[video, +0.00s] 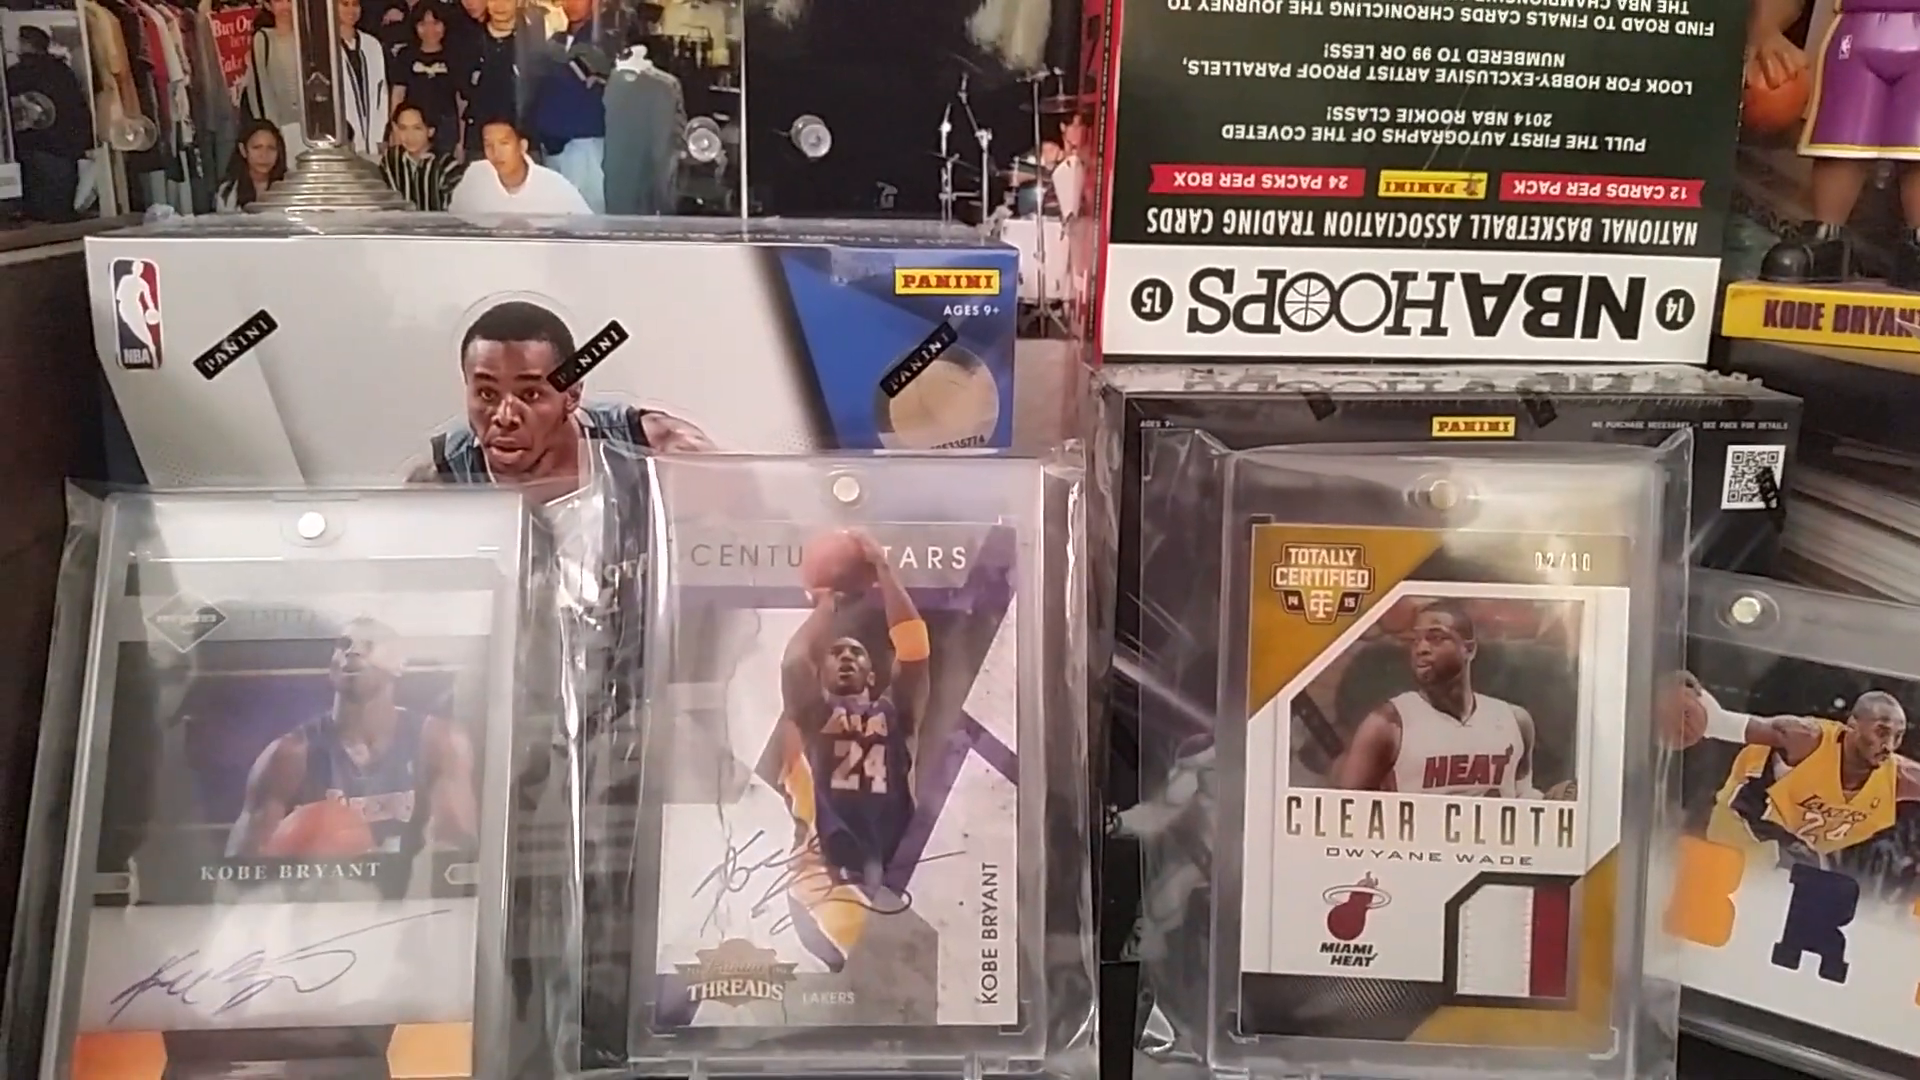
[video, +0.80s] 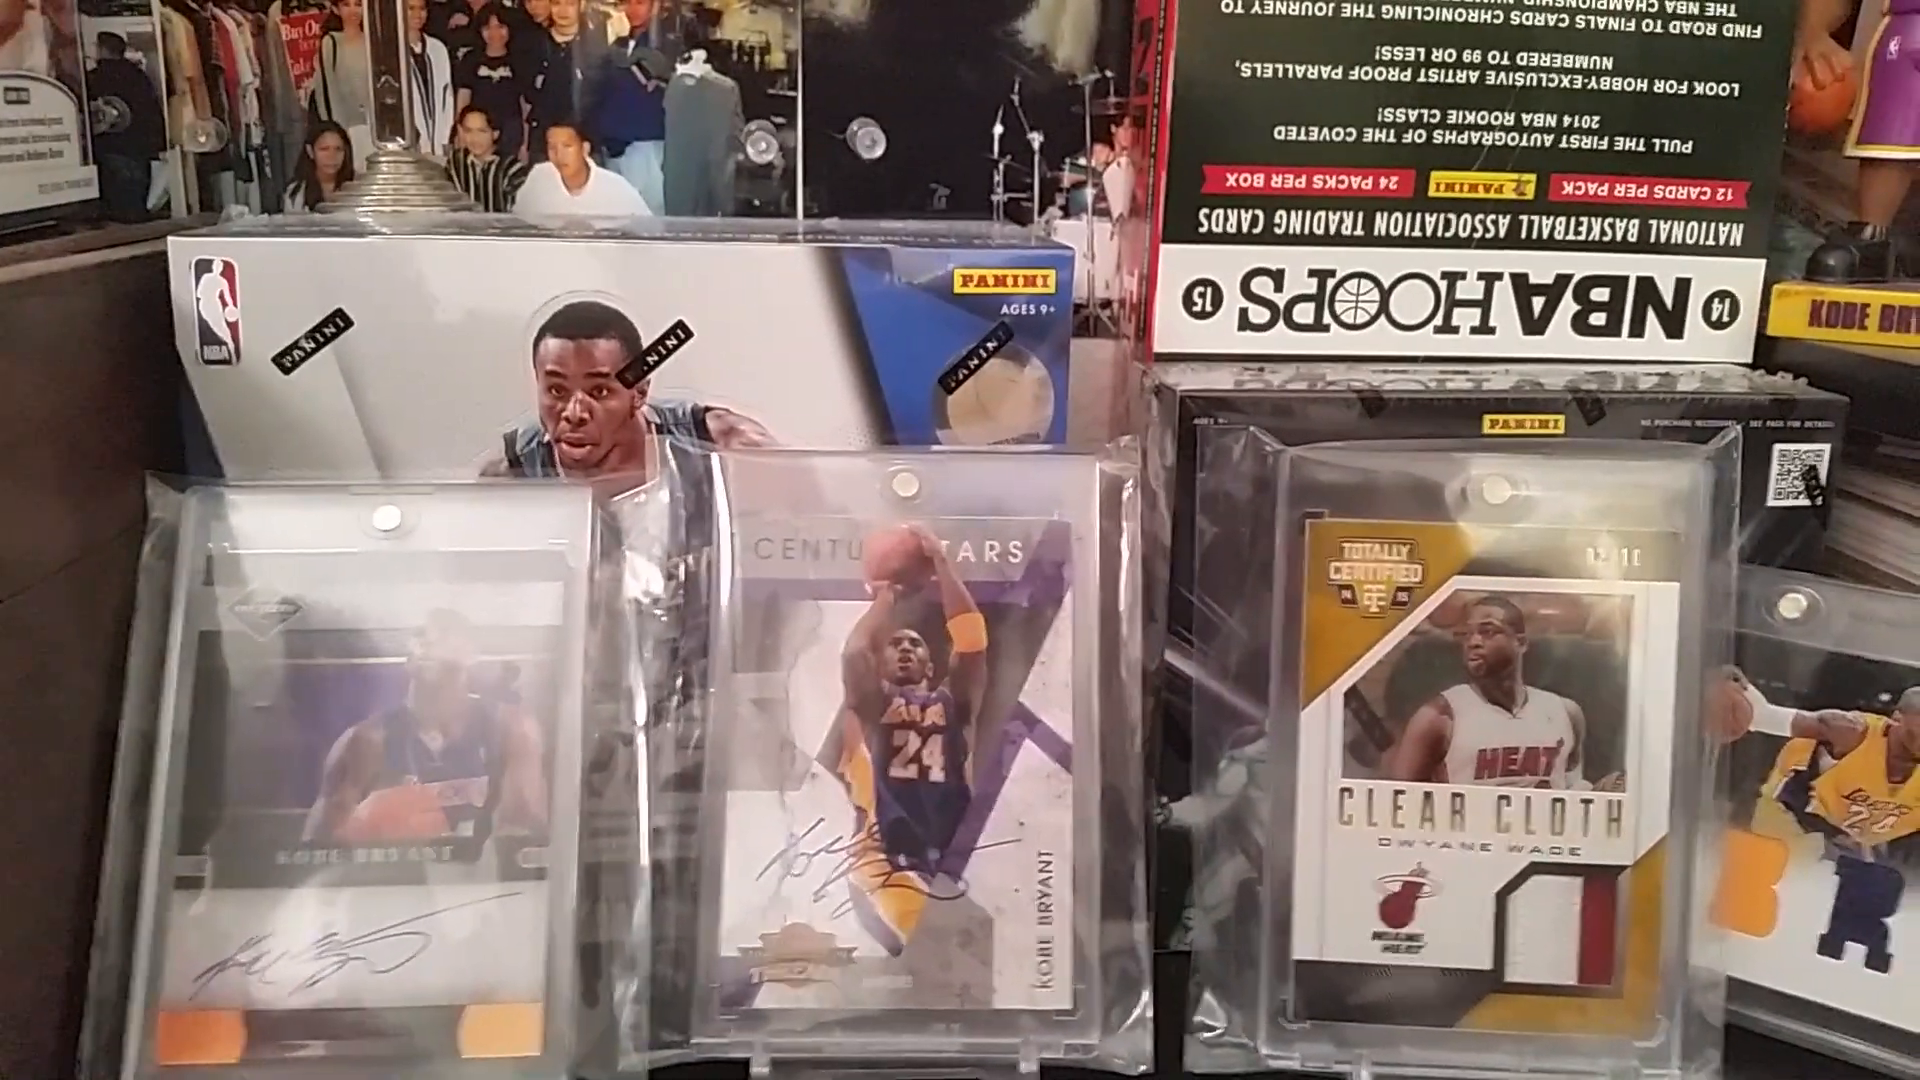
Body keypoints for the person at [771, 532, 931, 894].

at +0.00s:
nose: (846, 658)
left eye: (857, 653)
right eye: (836, 653)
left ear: (871, 672)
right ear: (821, 669)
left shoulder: (896, 713)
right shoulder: (815, 717)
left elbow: (913, 644)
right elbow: (795, 661)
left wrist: (883, 568)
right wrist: (826, 603)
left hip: (886, 864)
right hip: (824, 861)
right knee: (846, 925)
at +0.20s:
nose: (856, 658)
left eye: (867, 651)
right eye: (846, 651)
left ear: (882, 665)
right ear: (828, 662)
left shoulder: (901, 703)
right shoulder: (822, 708)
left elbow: (922, 643)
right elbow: (810, 657)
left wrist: (894, 576)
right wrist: (834, 604)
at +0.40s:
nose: (895, 651)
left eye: (905, 645)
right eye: (884, 645)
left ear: (921, 662)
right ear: (866, 662)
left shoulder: (943, 707)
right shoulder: (858, 708)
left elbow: (960, 641)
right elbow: (844, 654)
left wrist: (930, 561)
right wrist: (876, 597)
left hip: (937, 859)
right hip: (871, 860)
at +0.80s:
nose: (905, 649)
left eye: (915, 643)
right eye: (893, 644)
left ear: (931, 659)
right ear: (877, 661)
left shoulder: (954, 702)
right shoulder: (874, 703)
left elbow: (970, 637)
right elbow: (854, 653)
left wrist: (942, 563)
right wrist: (885, 596)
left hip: (951, 852)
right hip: (890, 857)